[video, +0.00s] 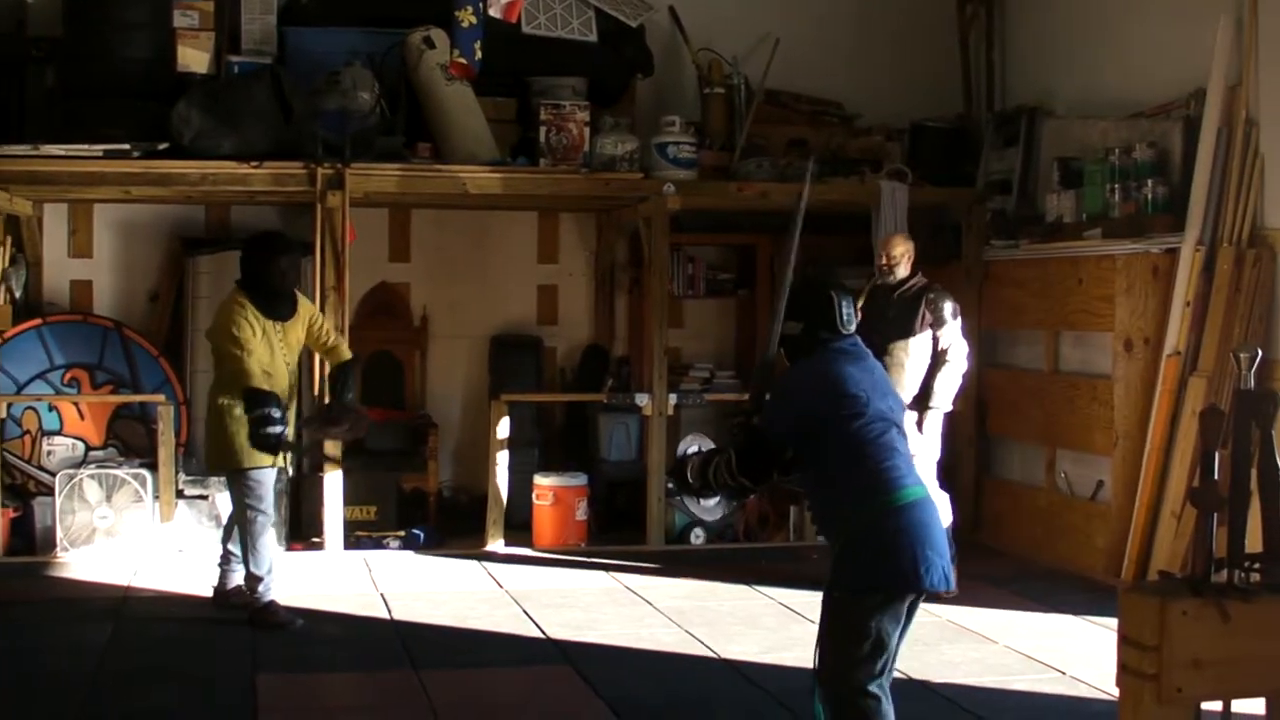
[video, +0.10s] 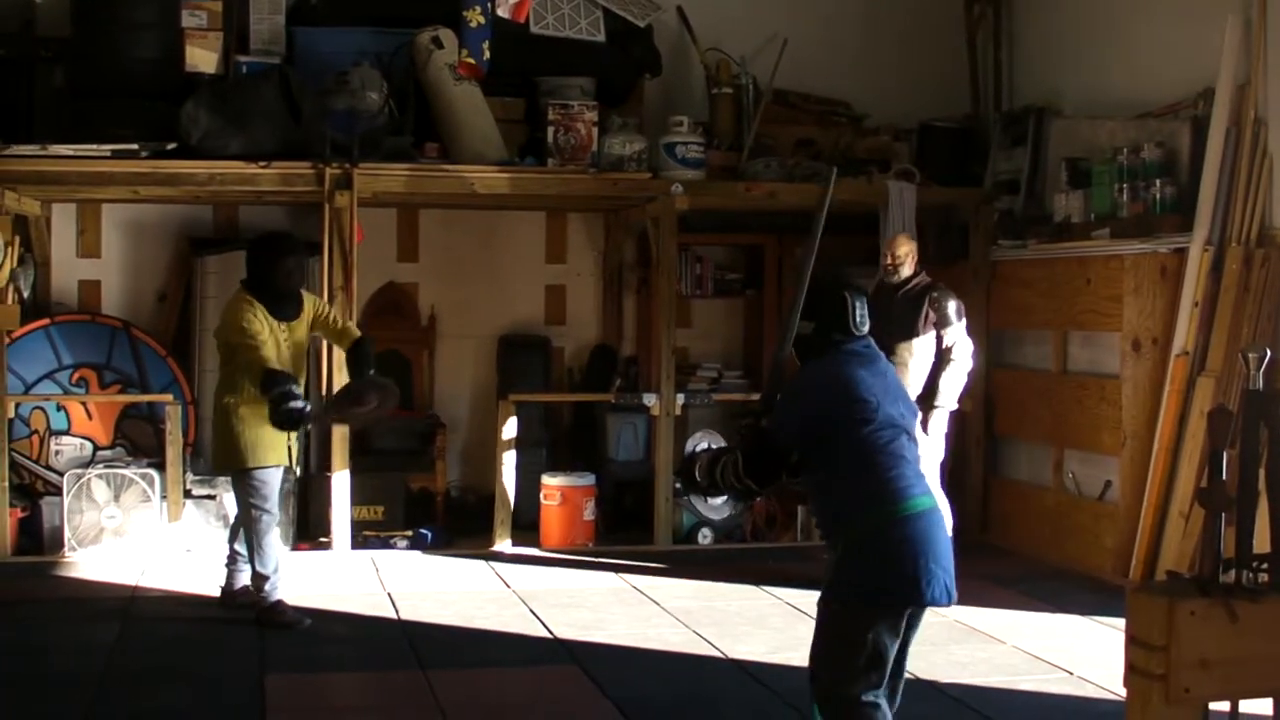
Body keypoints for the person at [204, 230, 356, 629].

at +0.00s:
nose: (291, 276)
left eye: (294, 268)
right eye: (283, 268)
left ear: (295, 268)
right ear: (259, 271)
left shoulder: (299, 308)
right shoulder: (236, 313)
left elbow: (331, 342)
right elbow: (244, 365)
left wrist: (343, 386)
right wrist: (263, 407)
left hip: (277, 418)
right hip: (240, 419)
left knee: (253, 504)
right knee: (258, 507)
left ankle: (230, 583)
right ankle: (262, 596)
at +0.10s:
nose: (298, 277)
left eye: (301, 269)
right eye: (290, 269)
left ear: (302, 270)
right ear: (265, 271)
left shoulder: (304, 304)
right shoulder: (242, 312)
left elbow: (343, 331)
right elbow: (255, 358)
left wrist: (362, 371)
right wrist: (282, 388)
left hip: (282, 421)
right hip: (248, 424)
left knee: (259, 506)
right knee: (262, 509)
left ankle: (237, 584)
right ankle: (269, 595)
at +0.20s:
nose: (296, 278)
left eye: (298, 269)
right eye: (288, 270)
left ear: (296, 270)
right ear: (264, 272)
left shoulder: (298, 302)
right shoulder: (241, 311)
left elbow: (331, 319)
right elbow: (256, 346)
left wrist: (363, 339)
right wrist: (287, 364)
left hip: (281, 425)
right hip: (247, 426)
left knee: (259, 507)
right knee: (261, 509)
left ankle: (237, 583)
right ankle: (268, 596)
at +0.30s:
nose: (296, 277)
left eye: (297, 269)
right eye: (288, 269)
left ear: (296, 271)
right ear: (264, 271)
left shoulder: (297, 303)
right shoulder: (240, 309)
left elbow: (331, 320)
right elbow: (252, 345)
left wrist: (366, 331)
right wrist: (291, 355)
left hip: (281, 428)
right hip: (247, 427)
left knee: (259, 508)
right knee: (260, 510)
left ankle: (237, 583)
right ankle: (268, 596)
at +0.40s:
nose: (294, 277)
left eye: (296, 268)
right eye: (285, 269)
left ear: (297, 268)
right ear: (260, 270)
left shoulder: (300, 303)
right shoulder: (238, 310)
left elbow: (340, 325)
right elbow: (249, 358)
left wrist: (372, 331)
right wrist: (295, 360)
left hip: (281, 428)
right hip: (247, 427)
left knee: (260, 507)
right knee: (261, 509)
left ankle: (236, 584)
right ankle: (267, 594)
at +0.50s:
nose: (295, 277)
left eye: (296, 268)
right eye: (286, 269)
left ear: (297, 268)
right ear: (261, 271)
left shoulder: (301, 303)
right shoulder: (237, 313)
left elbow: (336, 330)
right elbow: (237, 373)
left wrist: (351, 348)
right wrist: (288, 367)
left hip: (284, 425)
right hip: (248, 424)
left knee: (261, 504)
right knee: (261, 505)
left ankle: (236, 583)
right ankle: (266, 593)